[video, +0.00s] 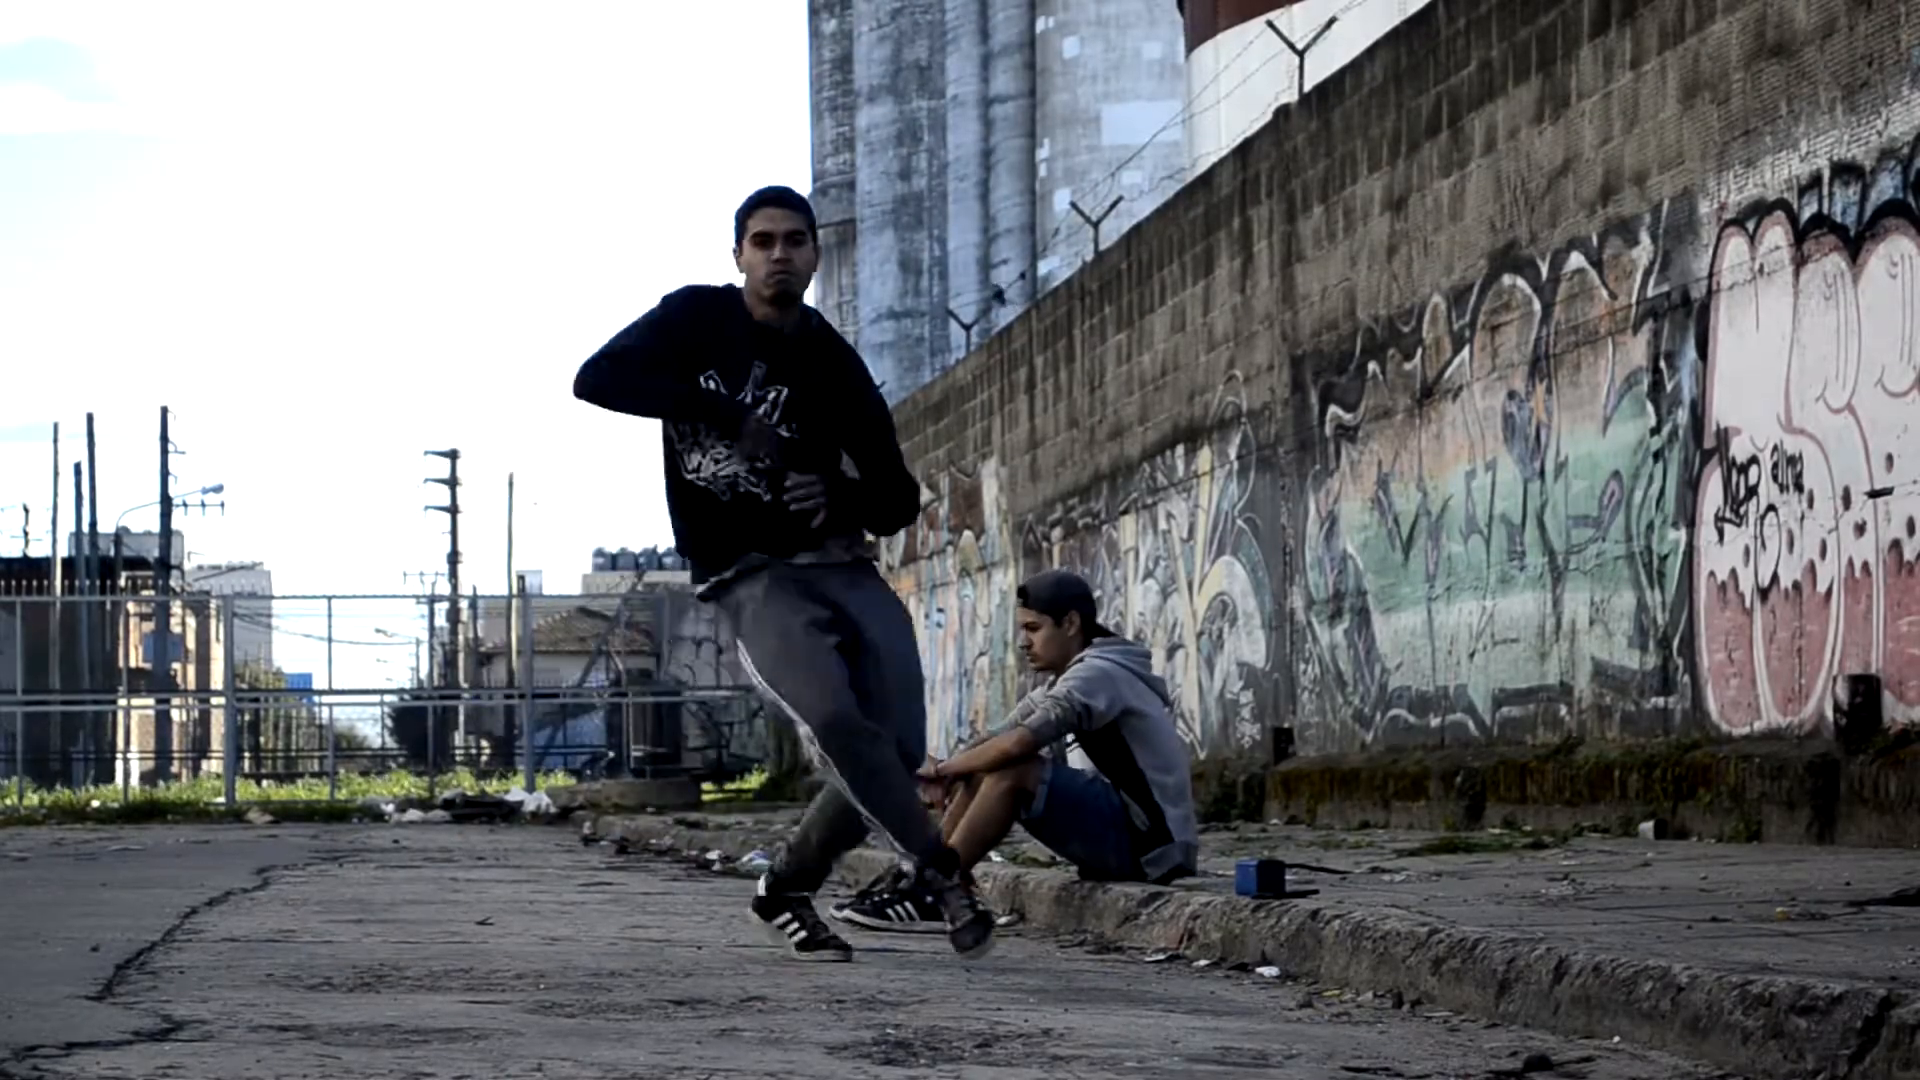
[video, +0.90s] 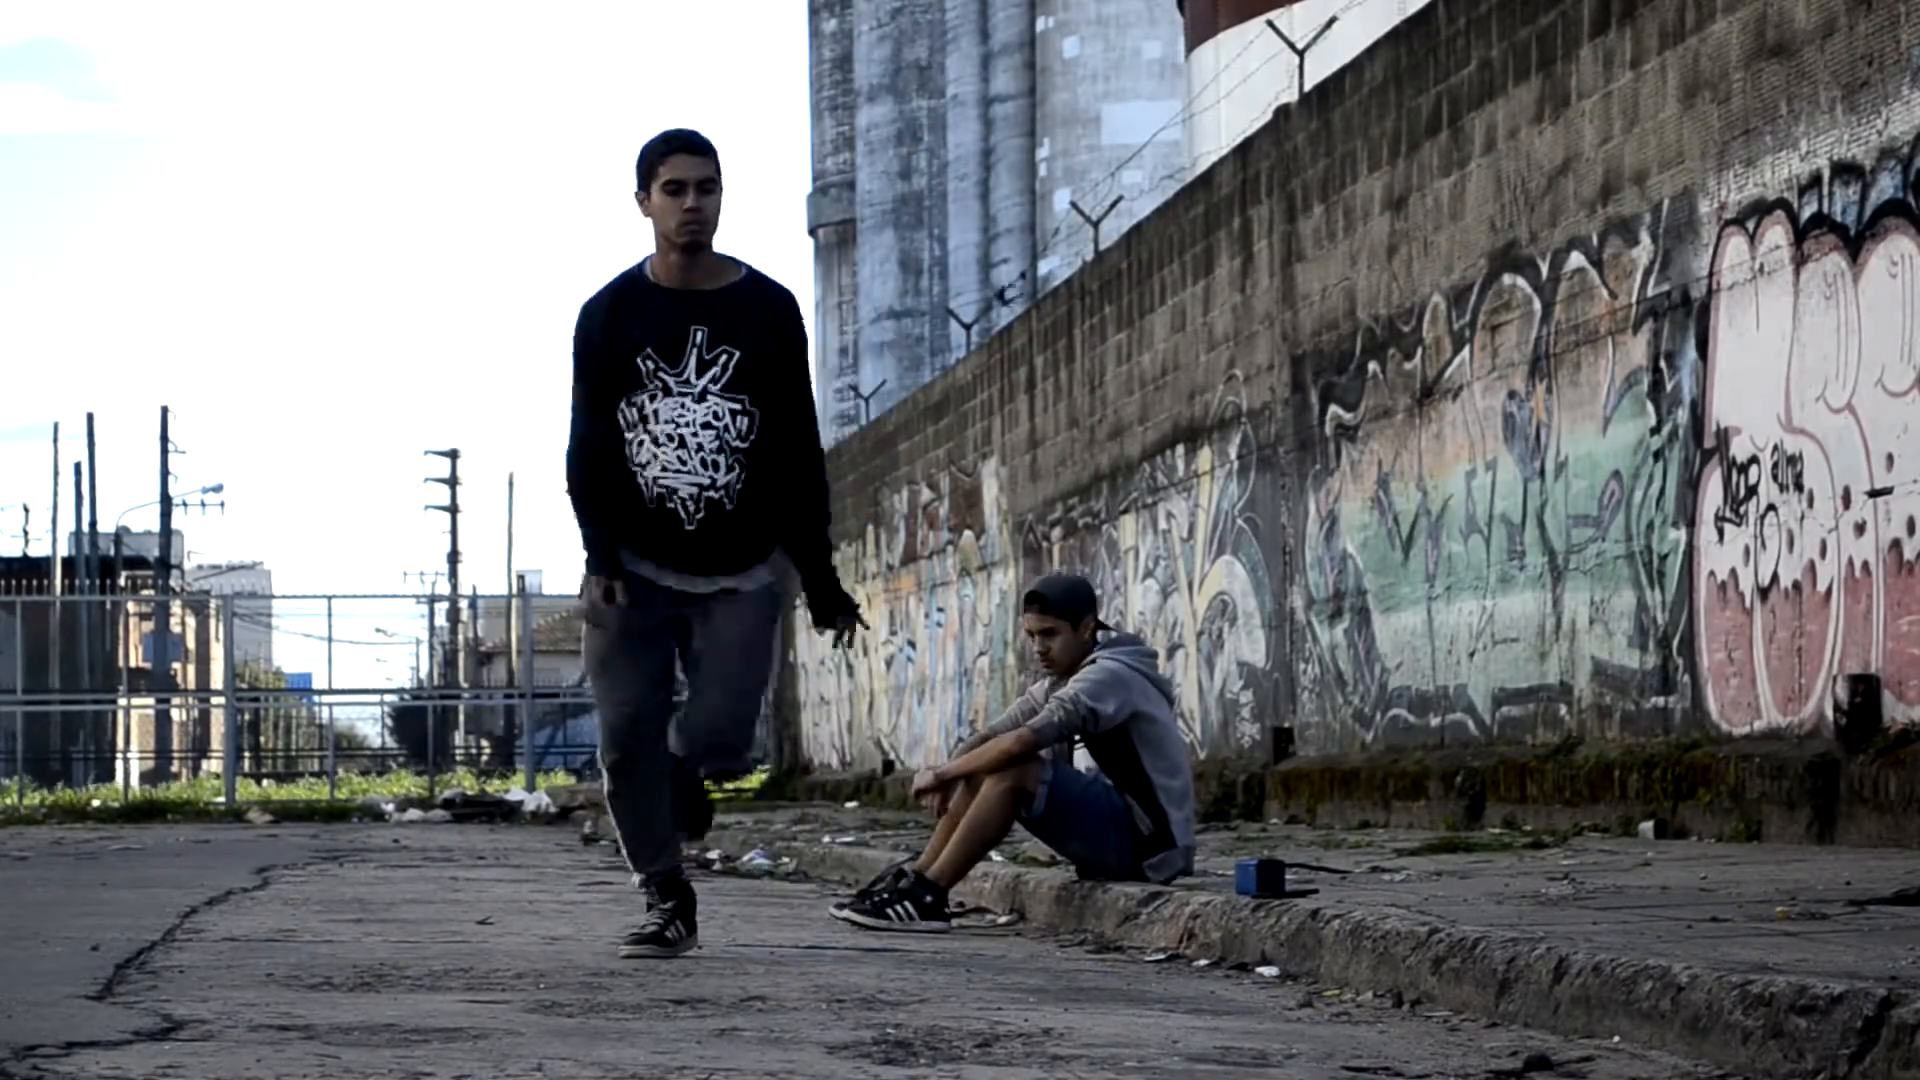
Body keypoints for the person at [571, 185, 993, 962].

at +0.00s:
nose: (782, 256)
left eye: (797, 241)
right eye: (765, 241)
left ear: (815, 255)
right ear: (739, 254)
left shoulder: (833, 357)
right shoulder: (698, 315)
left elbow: (898, 498)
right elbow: (599, 379)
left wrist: (842, 494)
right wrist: (724, 418)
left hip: (847, 565)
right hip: (756, 574)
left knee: (900, 744)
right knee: (833, 718)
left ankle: (786, 886)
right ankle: (946, 877)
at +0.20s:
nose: (820, 281)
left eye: (831, 265)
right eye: (802, 268)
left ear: (846, 275)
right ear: (772, 283)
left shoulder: (874, 385)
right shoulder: (736, 374)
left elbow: (913, 491)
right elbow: (626, 463)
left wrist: (935, 579)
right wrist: (691, 568)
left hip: (862, 617)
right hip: (776, 622)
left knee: (924, 780)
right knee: (881, 758)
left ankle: (782, 901)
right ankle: (979, 913)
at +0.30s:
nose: (812, 245)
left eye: (825, 229)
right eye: (795, 231)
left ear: (842, 240)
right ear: (764, 244)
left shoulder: (866, 346)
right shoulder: (717, 336)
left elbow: (853, 456)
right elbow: (674, 462)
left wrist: (841, 550)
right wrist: (692, 583)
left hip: (836, 562)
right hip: (746, 558)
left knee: (873, 727)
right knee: (839, 680)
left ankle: (776, 909)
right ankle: (868, 876)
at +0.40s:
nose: (799, 211)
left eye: (812, 196)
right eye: (781, 197)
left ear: (828, 208)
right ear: (751, 210)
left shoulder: (848, 318)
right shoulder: (699, 307)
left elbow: (826, 423)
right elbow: (634, 421)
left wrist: (795, 498)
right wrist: (660, 530)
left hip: (808, 526)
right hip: (718, 510)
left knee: (835, 714)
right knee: (789, 612)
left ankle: (778, 908)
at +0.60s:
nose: (738, 191)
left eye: (752, 176)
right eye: (721, 177)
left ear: (768, 182)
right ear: (691, 185)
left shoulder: (807, 279)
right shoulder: (653, 265)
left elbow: (899, 362)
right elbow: (556, 352)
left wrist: (924, 350)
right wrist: (644, 329)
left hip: (757, 531)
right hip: (659, 518)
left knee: (735, 712)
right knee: (667, 691)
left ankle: (605, 822)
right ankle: (679, 877)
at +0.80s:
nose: (691, 246)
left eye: (705, 233)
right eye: (674, 232)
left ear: (720, 246)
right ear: (644, 247)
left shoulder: (774, 348)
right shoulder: (606, 343)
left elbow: (887, 424)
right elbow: (485, 398)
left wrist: (811, 454)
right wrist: (604, 416)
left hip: (729, 610)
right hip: (632, 590)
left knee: (674, 783)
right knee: (618, 742)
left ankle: (590, 850)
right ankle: (666, 900)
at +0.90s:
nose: (692, 204)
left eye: (705, 189)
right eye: (675, 190)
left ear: (722, 199)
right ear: (645, 201)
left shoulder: (770, 307)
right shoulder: (608, 313)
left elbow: (798, 444)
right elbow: (589, 443)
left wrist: (819, 573)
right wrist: (600, 551)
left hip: (744, 566)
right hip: (633, 563)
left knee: (723, 741)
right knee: (628, 738)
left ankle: (687, 758)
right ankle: (664, 897)